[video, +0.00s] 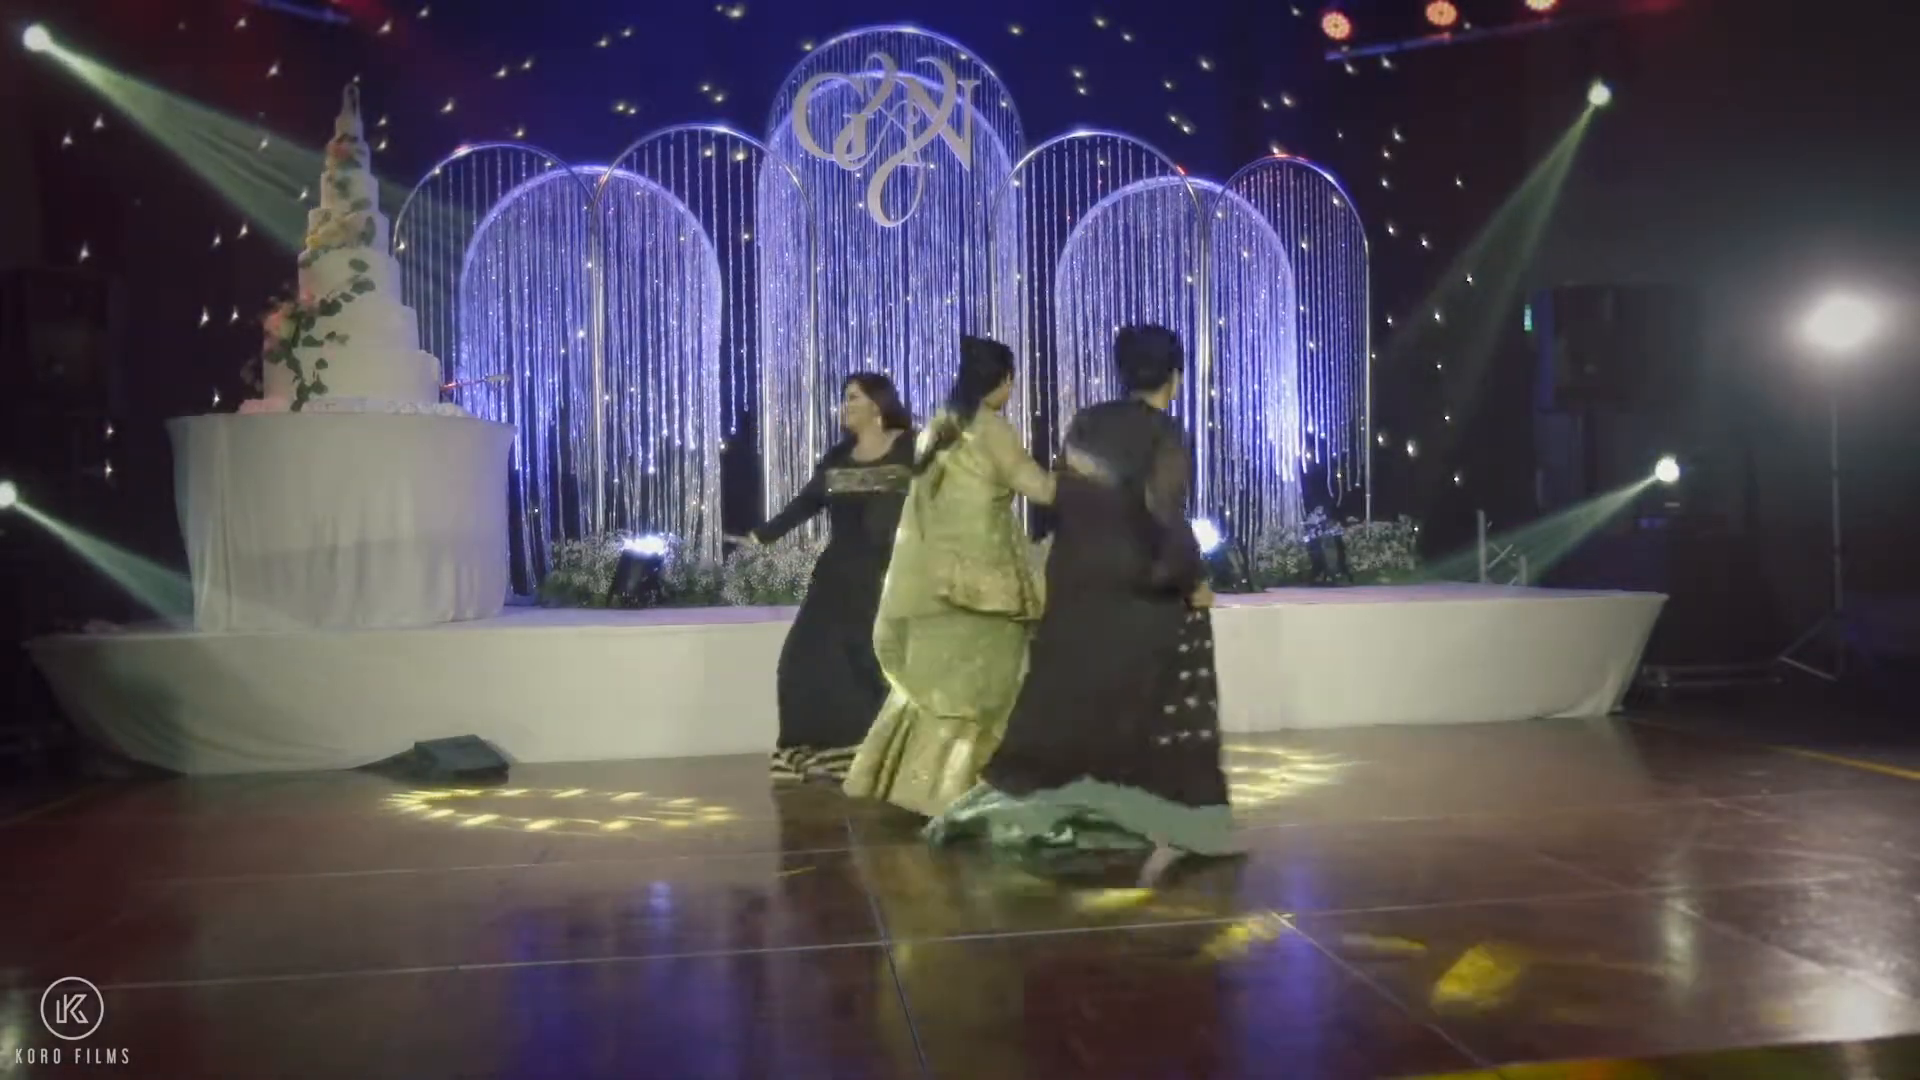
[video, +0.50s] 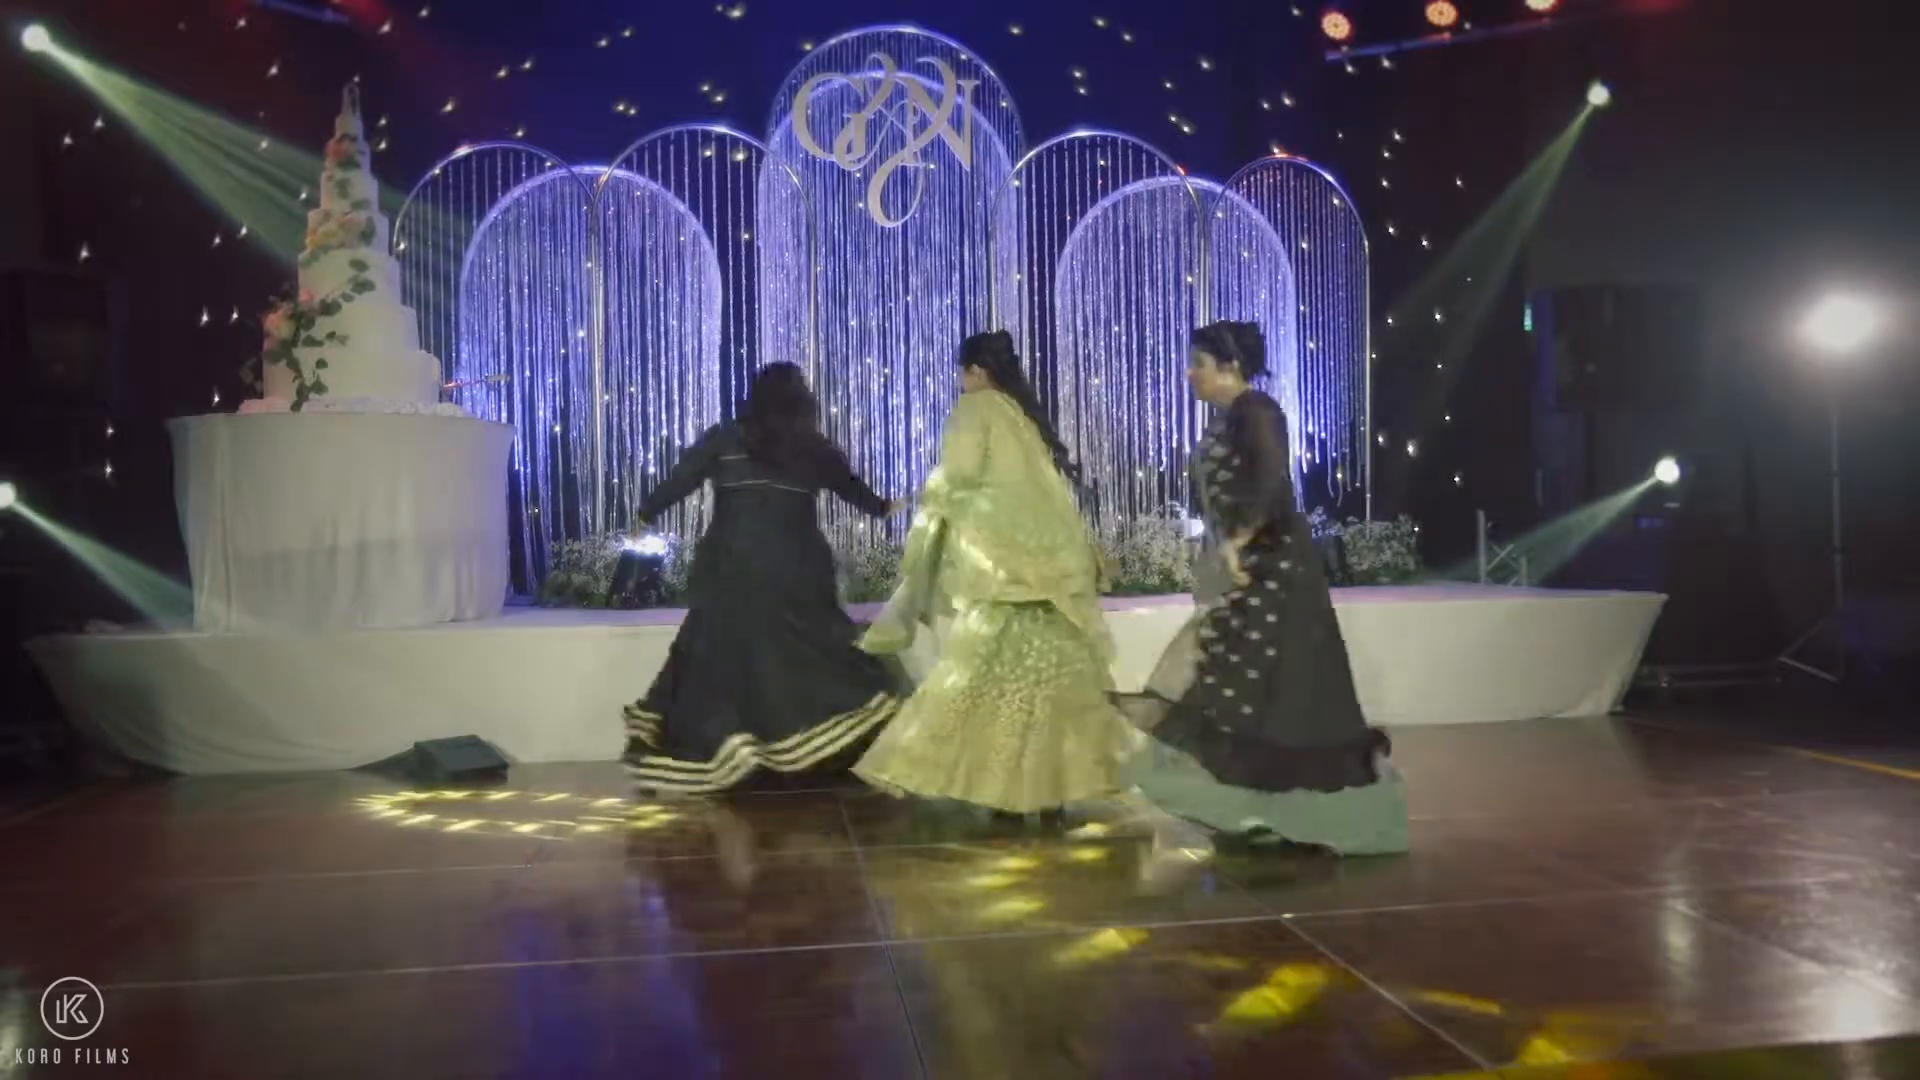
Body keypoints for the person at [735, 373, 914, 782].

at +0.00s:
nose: (844, 406)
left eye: (853, 399)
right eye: (844, 399)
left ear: (879, 404)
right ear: (850, 408)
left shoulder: (912, 450)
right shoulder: (837, 459)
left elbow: (935, 503)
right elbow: (806, 503)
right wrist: (763, 534)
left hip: (885, 572)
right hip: (836, 571)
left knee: (863, 657)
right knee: (801, 655)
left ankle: (862, 750)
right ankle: (802, 746)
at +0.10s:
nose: (818, 405)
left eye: (826, 398)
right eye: (820, 397)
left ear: (850, 405)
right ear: (842, 406)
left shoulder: (878, 449)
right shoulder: (821, 452)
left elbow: (885, 516)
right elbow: (801, 500)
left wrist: (876, 564)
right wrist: (765, 531)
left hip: (854, 576)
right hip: (810, 575)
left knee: (852, 666)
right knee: (782, 660)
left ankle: (861, 762)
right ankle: (783, 759)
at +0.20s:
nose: (804, 410)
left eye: (808, 402)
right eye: (806, 402)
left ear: (824, 406)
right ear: (836, 403)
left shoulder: (845, 446)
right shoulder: (827, 448)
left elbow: (824, 504)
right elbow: (816, 507)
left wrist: (795, 555)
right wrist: (790, 553)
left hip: (836, 577)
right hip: (820, 576)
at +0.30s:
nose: (787, 409)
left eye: (789, 403)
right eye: (789, 403)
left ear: (798, 406)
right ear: (836, 401)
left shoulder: (794, 445)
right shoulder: (845, 450)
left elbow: (763, 494)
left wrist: (722, 535)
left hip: (794, 568)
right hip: (837, 564)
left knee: (784, 656)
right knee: (842, 653)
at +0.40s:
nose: (827, 407)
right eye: (824, 400)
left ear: (776, 404)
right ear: (821, 405)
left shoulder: (755, 446)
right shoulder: (828, 452)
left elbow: (708, 486)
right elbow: (860, 503)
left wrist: (665, 525)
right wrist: (853, 487)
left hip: (761, 571)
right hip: (820, 570)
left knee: (747, 657)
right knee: (838, 649)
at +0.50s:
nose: (810, 404)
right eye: (806, 396)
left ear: (755, 397)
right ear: (800, 401)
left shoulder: (724, 438)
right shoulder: (813, 446)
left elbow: (681, 480)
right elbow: (847, 485)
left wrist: (648, 510)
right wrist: (881, 507)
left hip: (733, 562)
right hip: (794, 564)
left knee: (726, 654)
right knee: (801, 653)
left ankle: (733, 745)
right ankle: (800, 750)